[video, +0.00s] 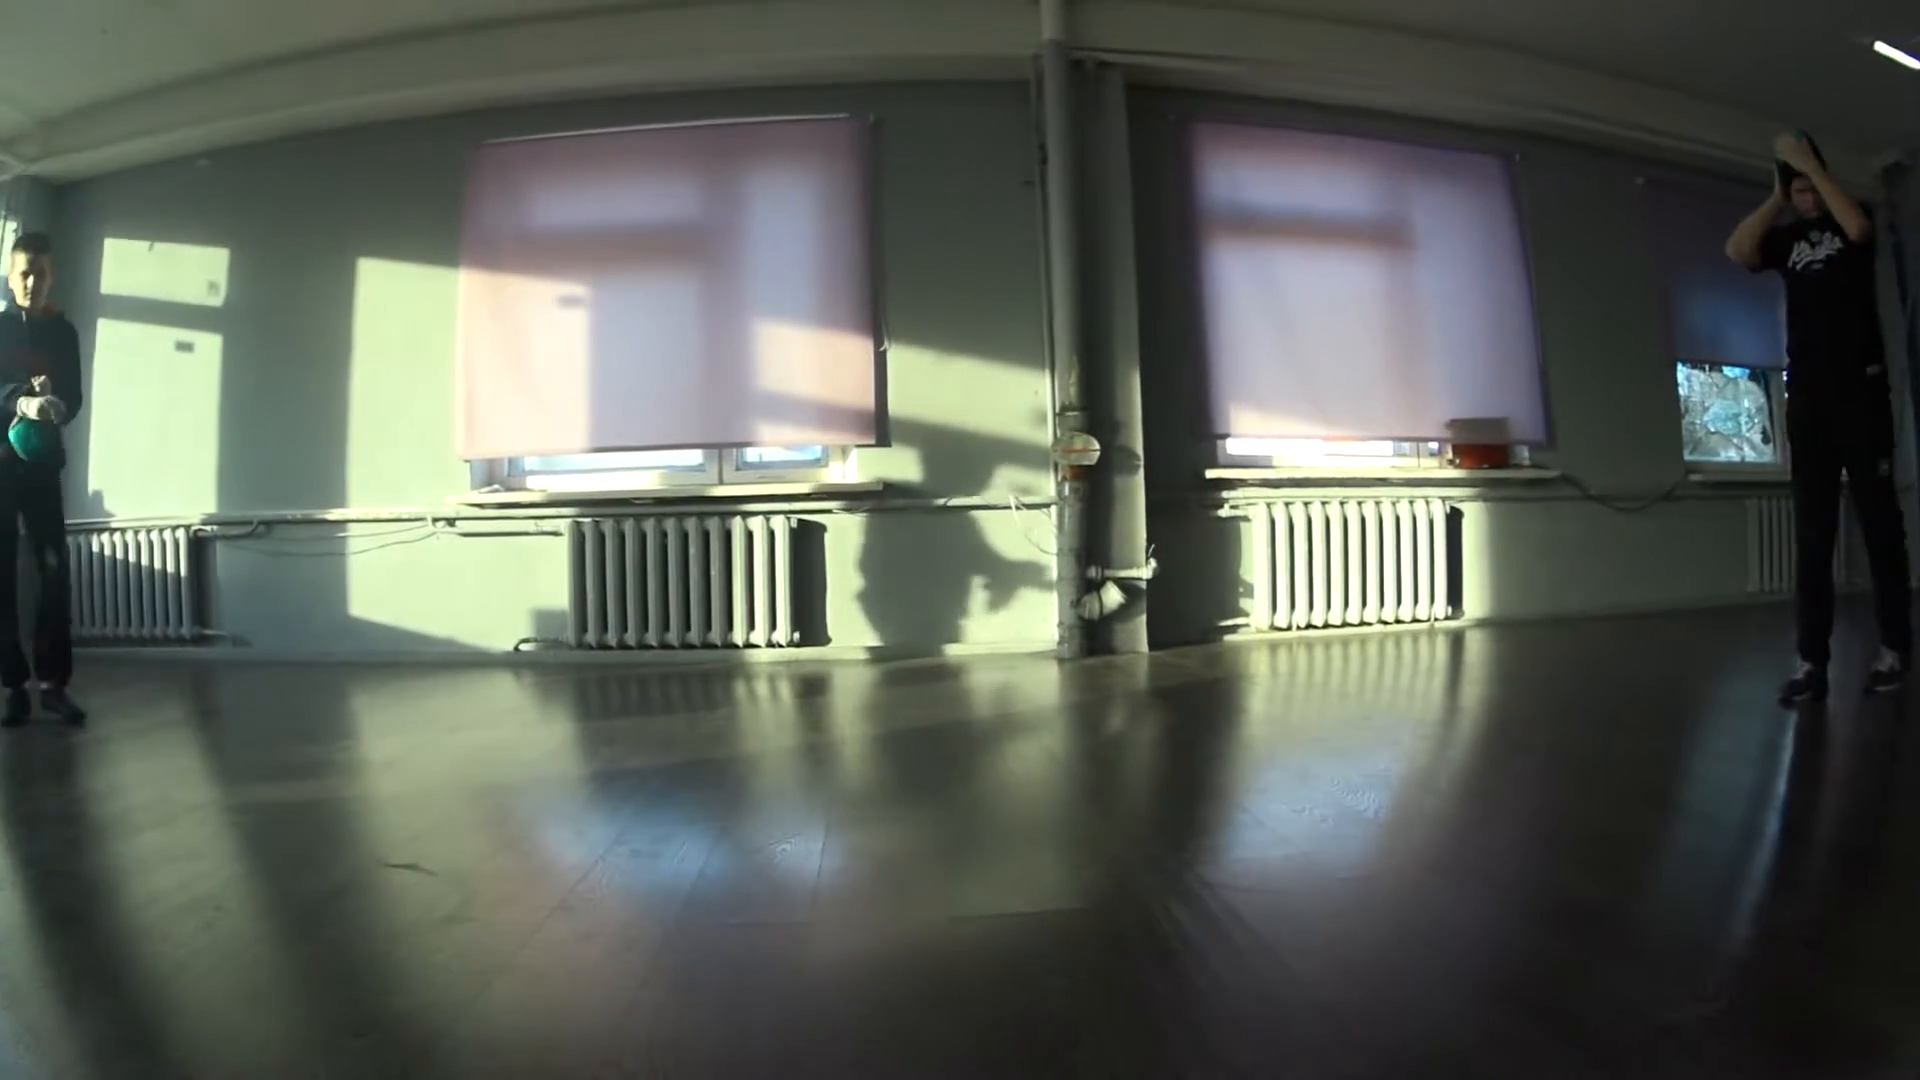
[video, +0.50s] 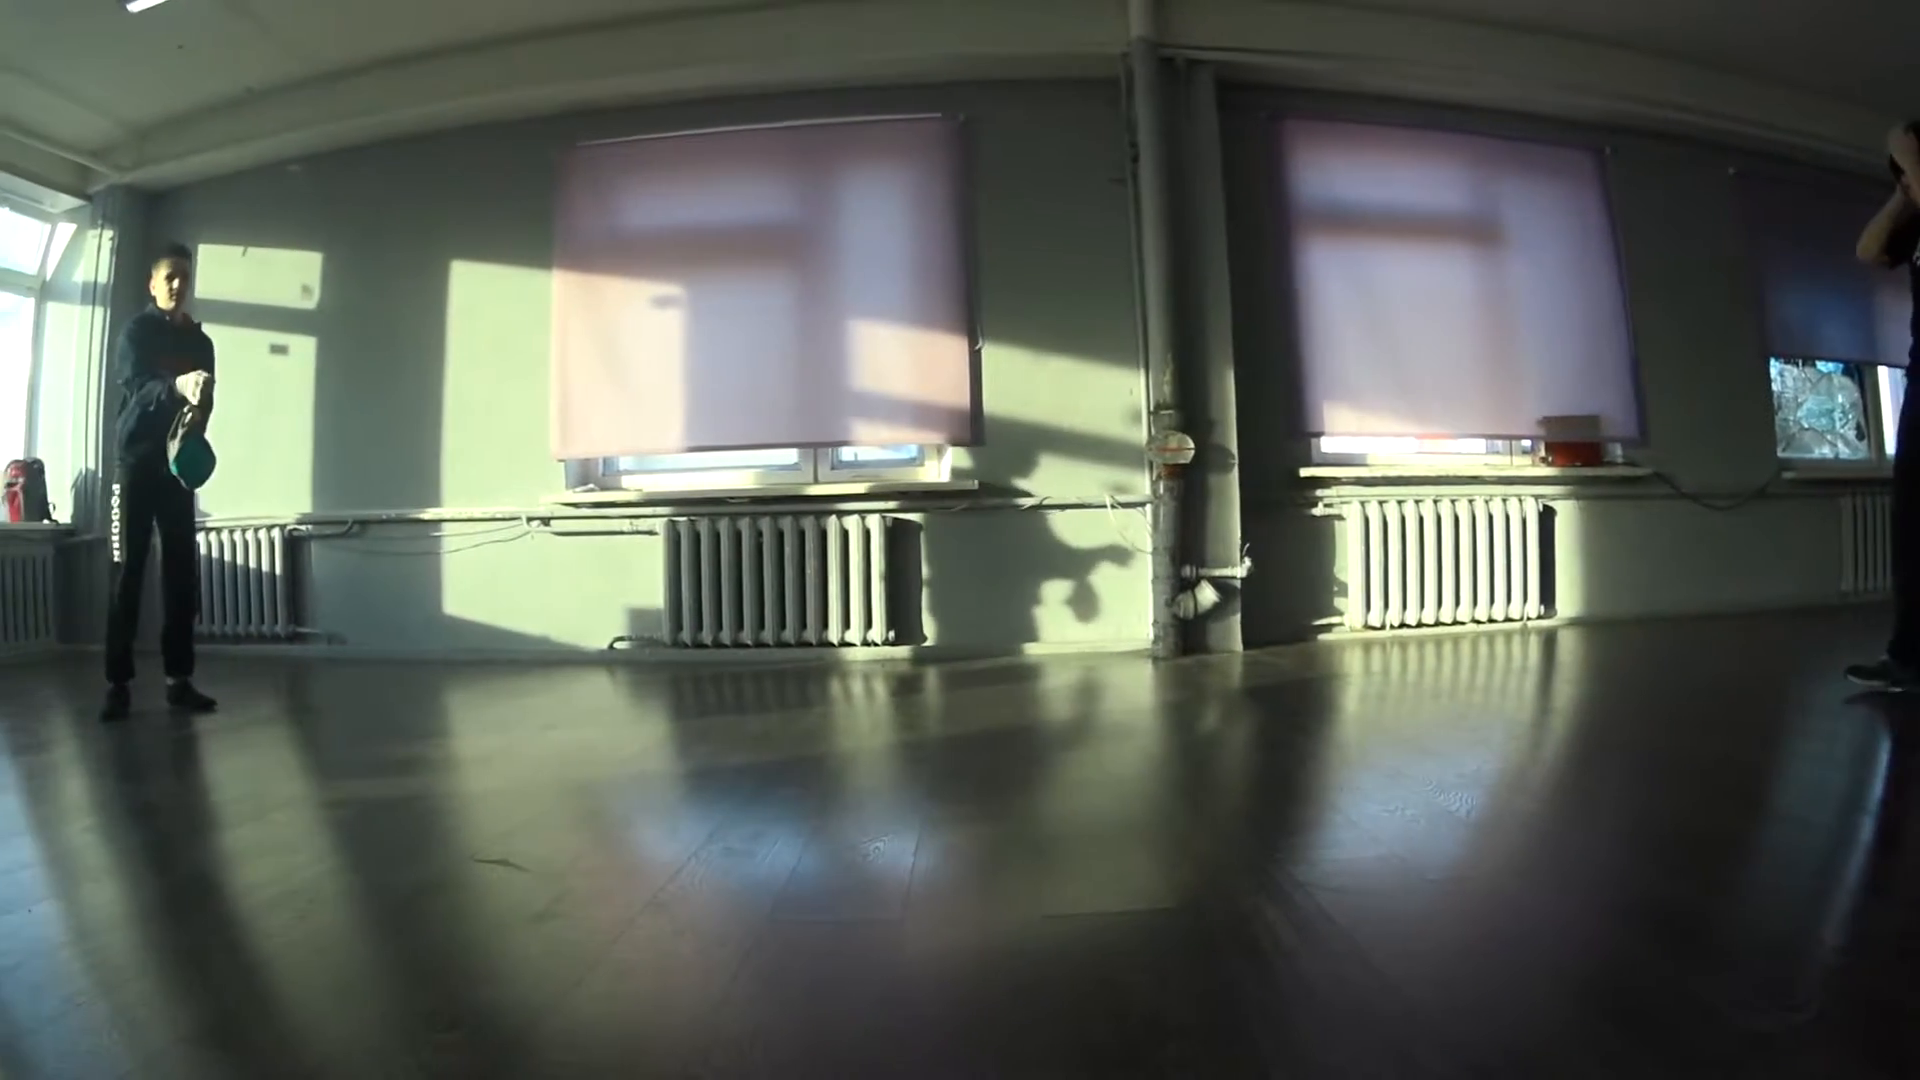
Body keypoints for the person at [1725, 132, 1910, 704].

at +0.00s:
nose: (1804, 192)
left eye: (1811, 182)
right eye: (1794, 183)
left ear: (1828, 184)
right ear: (1784, 193)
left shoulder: (1856, 222)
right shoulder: (1788, 240)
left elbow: (1857, 227)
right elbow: (1739, 251)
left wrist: (1815, 169)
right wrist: (1774, 199)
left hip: (1864, 393)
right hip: (1809, 397)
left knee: (1880, 524)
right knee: (1813, 533)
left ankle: (1895, 650)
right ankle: (1812, 663)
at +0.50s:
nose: (1898, 174)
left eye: (1902, 164)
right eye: (1897, 164)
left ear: (1913, 162)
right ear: (1906, 164)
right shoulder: (1911, 217)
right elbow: (1869, 251)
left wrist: (1907, 174)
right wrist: (1906, 195)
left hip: (1919, 391)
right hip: (1916, 388)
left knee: (1912, 520)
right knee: (1909, 517)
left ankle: (1908, 656)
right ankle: (1904, 654)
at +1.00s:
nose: (1887, 201)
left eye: (1889, 190)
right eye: (1885, 191)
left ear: (1904, 191)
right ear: (1901, 192)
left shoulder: (1916, 240)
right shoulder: (1904, 248)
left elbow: (1887, 239)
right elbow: (1871, 276)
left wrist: (1874, 183)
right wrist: (1883, 216)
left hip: (1915, 408)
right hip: (1906, 406)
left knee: (1910, 528)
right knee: (1905, 528)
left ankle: (1918, 658)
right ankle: (1914, 656)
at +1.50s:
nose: (1842, 217)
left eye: (1842, 204)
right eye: (1840, 205)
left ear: (1856, 200)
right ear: (1876, 191)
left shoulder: (1895, 224)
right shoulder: (1895, 225)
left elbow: (1847, 259)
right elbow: (1862, 280)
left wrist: (1830, 205)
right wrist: (1845, 214)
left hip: (1902, 403)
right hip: (1898, 400)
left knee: (1881, 514)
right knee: (1887, 514)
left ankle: (1917, 652)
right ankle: (1915, 651)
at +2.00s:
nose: (1820, 207)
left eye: (1820, 195)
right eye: (1818, 197)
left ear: (1833, 190)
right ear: (1857, 181)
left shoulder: (1874, 217)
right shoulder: (1876, 219)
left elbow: (1816, 242)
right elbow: (1837, 280)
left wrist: (1808, 190)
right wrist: (1818, 206)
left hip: (1887, 398)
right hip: (1886, 397)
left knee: (1892, 527)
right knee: (1892, 526)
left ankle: (1910, 655)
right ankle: (1908, 653)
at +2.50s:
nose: (1776, 185)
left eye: (1782, 175)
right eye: (1772, 178)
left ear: (1805, 172)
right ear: (1780, 181)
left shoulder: (1845, 216)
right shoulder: (1786, 237)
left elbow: (1809, 211)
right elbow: (1738, 259)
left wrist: (1779, 161)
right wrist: (1767, 199)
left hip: (1852, 383)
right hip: (1811, 387)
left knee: (1855, 516)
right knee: (1829, 519)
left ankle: (1888, 650)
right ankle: (1855, 652)